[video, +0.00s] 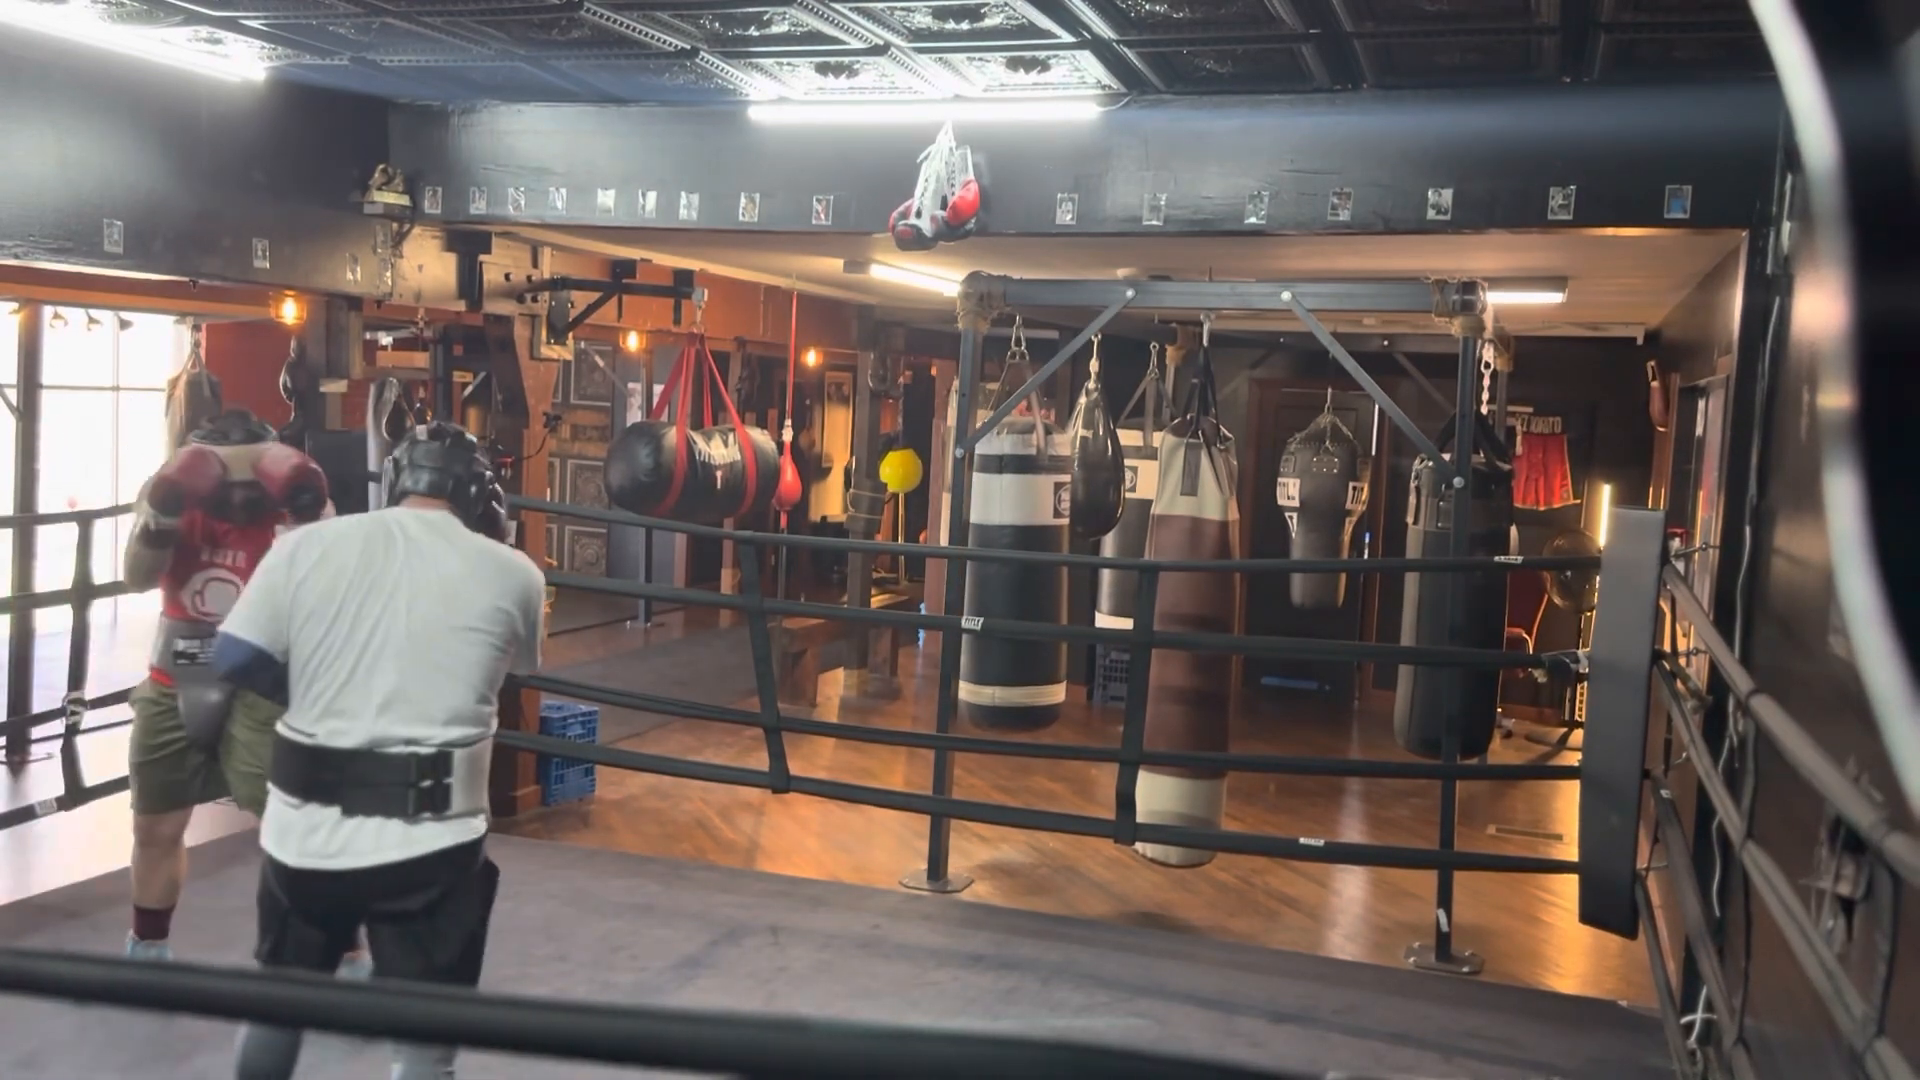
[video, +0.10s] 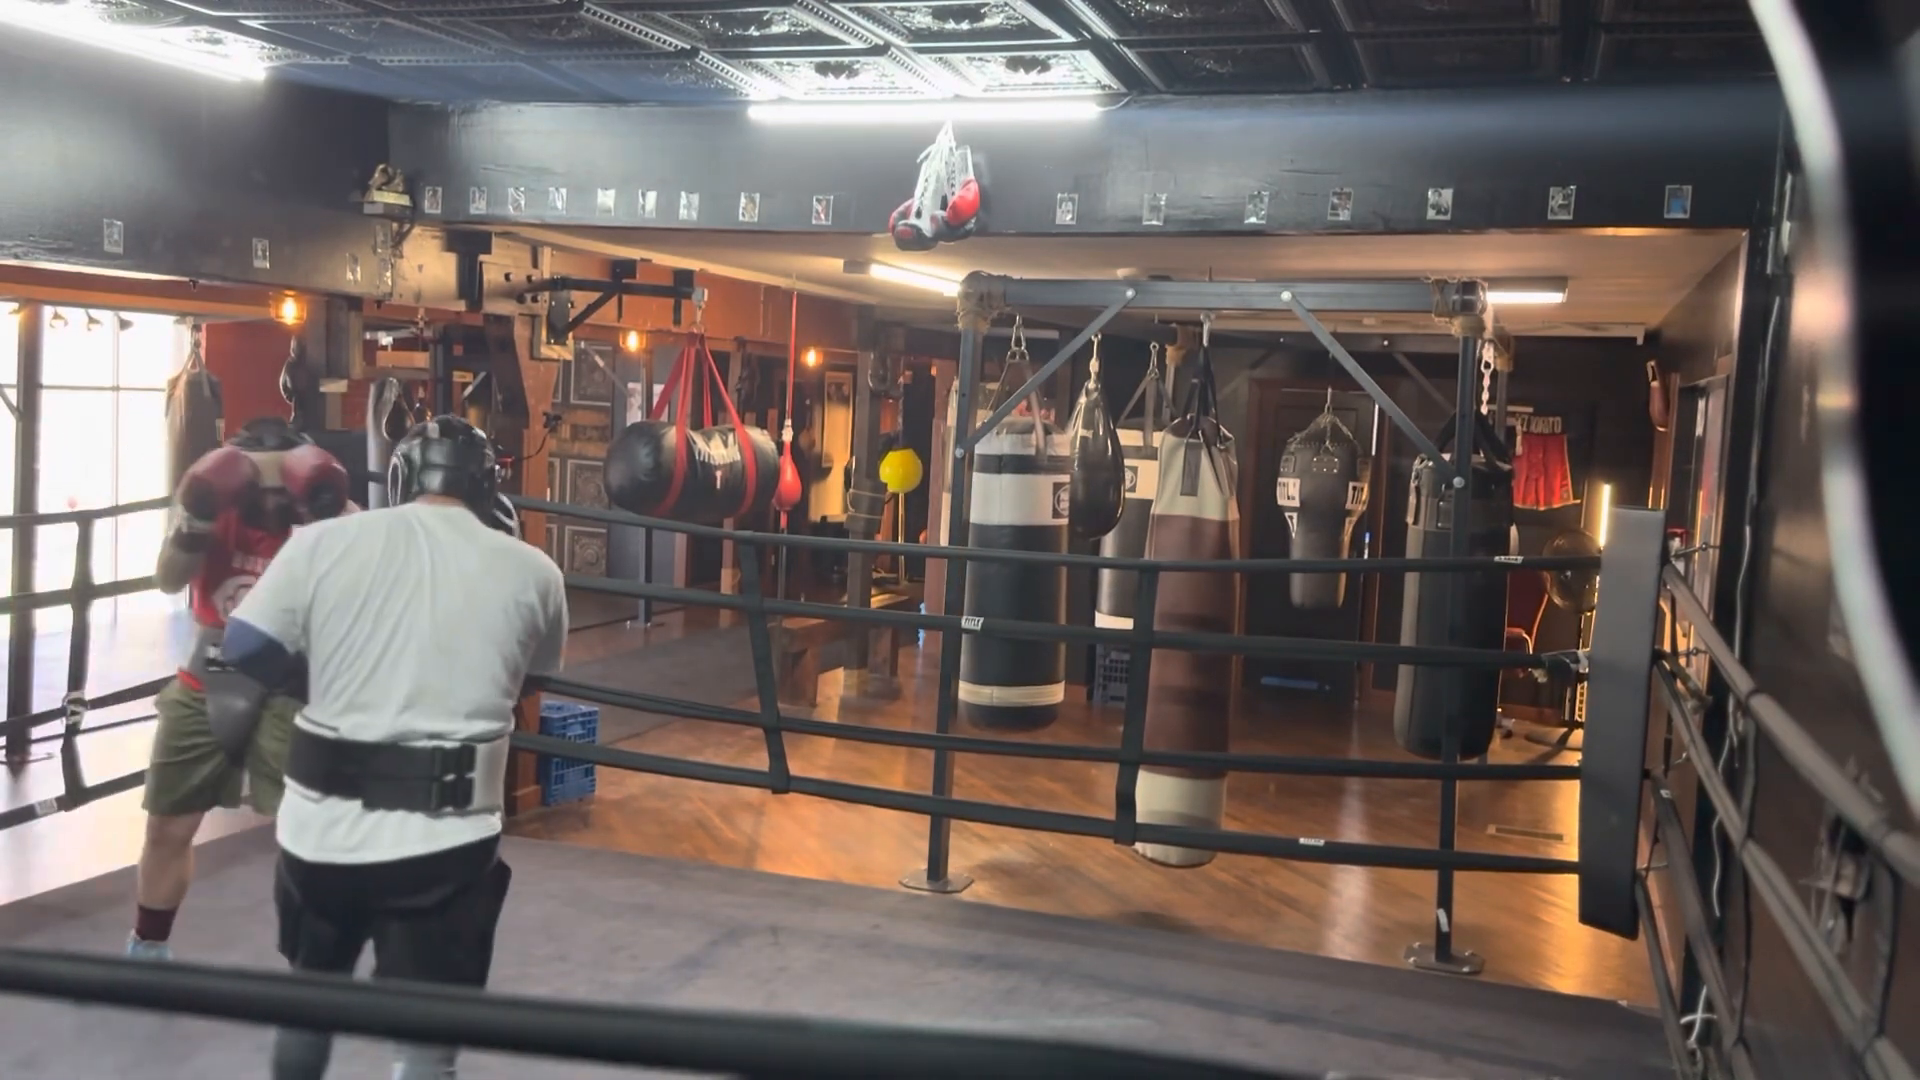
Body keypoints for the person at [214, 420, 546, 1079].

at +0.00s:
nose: (496, 501)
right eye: (491, 490)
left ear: (394, 481)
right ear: (478, 493)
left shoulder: (305, 547)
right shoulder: (515, 573)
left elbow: (238, 658)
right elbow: (512, 671)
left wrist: (327, 688)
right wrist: (498, 545)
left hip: (305, 847)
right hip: (431, 856)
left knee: (278, 1007)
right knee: (426, 1043)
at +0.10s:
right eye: (489, 481)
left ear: (401, 478)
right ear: (487, 485)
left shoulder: (322, 542)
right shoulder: (533, 570)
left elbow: (244, 661)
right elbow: (526, 684)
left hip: (321, 842)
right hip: (446, 853)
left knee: (309, 999)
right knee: (428, 1040)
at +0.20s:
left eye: (399, 472)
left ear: (402, 480)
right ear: (488, 488)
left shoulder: (333, 546)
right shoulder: (540, 571)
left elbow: (249, 660)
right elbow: (542, 689)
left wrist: (347, 663)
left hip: (334, 838)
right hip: (456, 846)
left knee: (336, 1017)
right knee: (442, 1034)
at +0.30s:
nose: (382, 490)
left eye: (386, 480)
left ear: (393, 487)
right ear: (481, 492)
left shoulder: (331, 558)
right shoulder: (537, 570)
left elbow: (277, 681)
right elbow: (538, 706)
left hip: (347, 839)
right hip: (466, 844)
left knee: (350, 1011)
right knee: (471, 1030)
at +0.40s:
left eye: (387, 485)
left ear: (392, 490)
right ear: (477, 491)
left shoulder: (337, 571)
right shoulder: (533, 558)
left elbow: (302, 704)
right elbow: (551, 687)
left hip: (357, 838)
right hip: (477, 836)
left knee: (359, 1003)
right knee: (530, 1006)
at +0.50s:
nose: (488, 490)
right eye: (484, 479)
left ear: (399, 489)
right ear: (481, 485)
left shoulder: (347, 569)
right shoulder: (533, 549)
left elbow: (313, 713)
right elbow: (570, 672)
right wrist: (500, 642)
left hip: (364, 828)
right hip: (484, 824)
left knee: (365, 993)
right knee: (559, 970)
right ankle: (526, 1076)